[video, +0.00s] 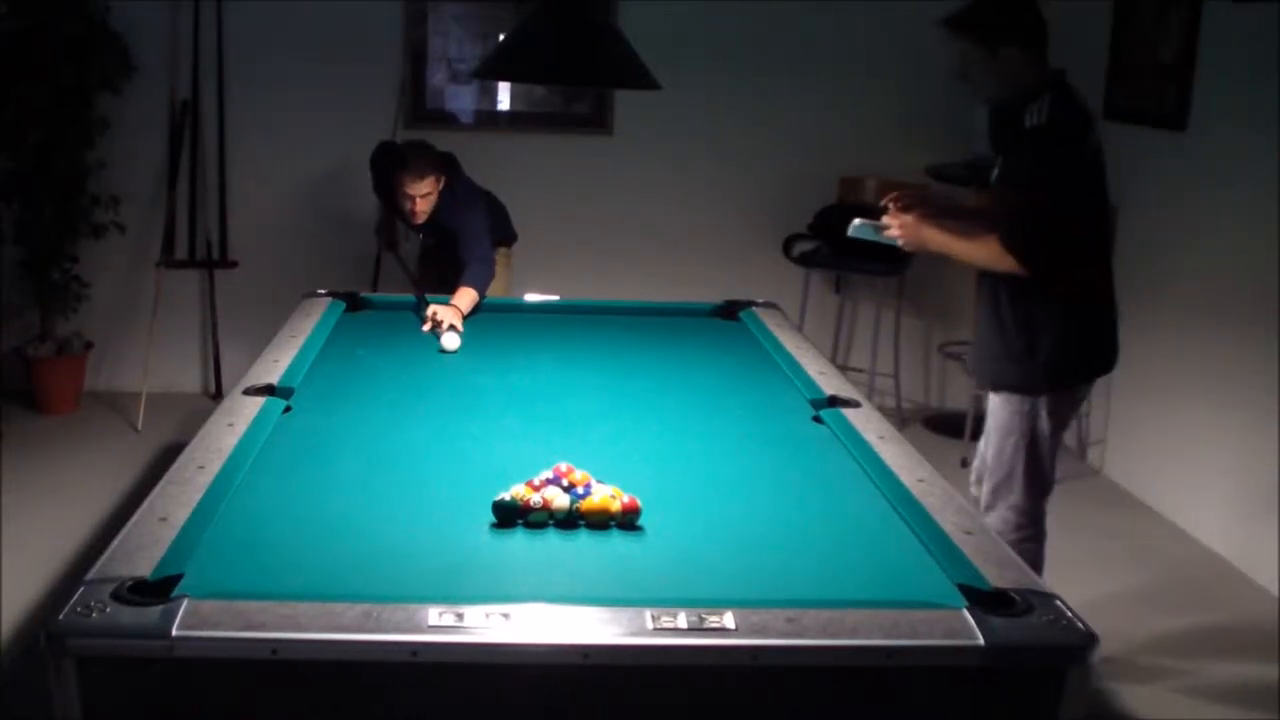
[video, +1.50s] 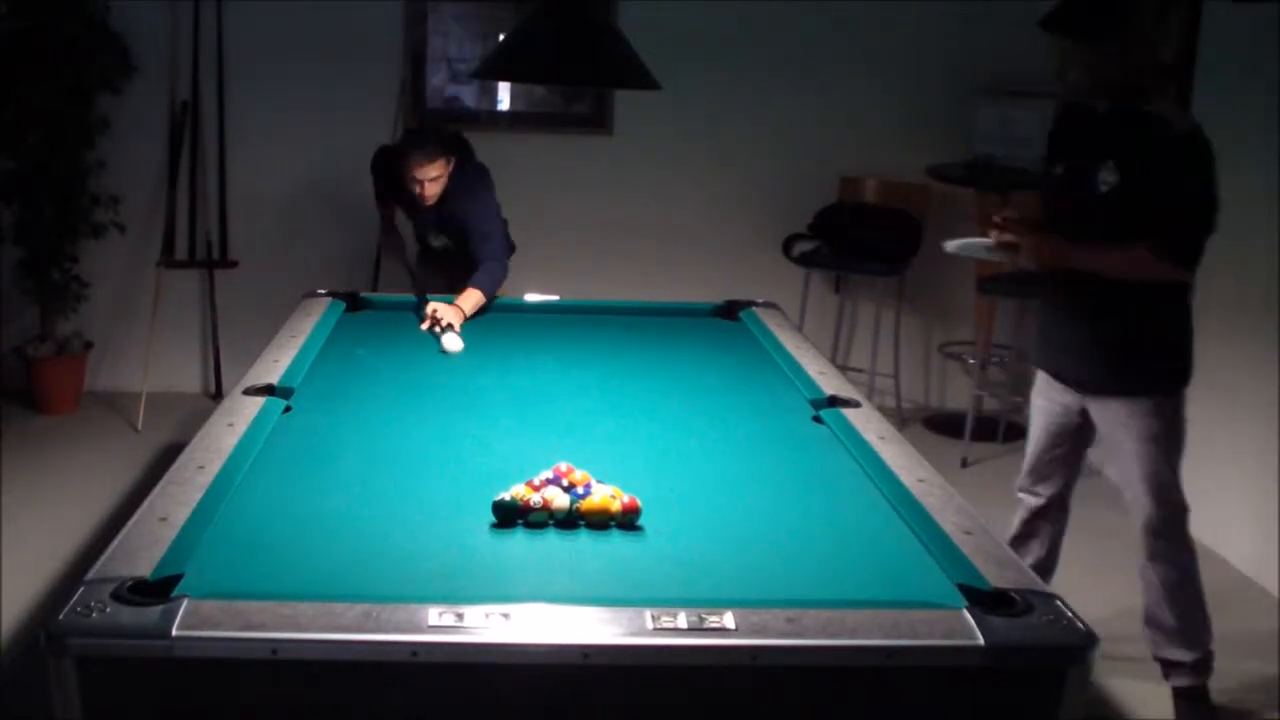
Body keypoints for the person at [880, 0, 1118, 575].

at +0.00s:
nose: (966, 76)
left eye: (973, 61)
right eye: (964, 62)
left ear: (1009, 55)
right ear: (1017, 56)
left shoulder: (1048, 120)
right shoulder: (1027, 113)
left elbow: (1026, 253)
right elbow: (1009, 216)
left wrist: (931, 238)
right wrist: (935, 214)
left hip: (1043, 355)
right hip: (1020, 347)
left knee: (1010, 515)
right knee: (988, 493)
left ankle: (1010, 638)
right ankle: (987, 627)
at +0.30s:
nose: (952, 78)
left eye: (959, 62)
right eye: (950, 63)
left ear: (993, 55)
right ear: (1003, 56)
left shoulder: (1035, 117)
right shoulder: (1020, 111)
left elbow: (1025, 247)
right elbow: (1002, 216)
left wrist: (928, 237)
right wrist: (925, 212)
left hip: (1040, 348)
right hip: (1022, 342)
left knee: (1004, 504)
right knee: (994, 494)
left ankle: (1008, 634)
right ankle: (997, 625)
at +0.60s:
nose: (957, 72)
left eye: (964, 57)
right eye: (956, 58)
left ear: (997, 54)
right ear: (1005, 54)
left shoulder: (1037, 118)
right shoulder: (1018, 111)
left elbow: (1021, 242)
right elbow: (996, 216)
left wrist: (928, 232)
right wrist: (922, 212)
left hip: (1032, 342)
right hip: (1015, 336)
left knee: (1001, 494)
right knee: (994, 487)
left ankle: (1006, 627)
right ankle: (998, 618)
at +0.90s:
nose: (959, 69)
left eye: (967, 54)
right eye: (958, 54)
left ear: (1001, 51)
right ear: (1010, 52)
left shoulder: (1041, 118)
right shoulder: (1019, 112)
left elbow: (1025, 239)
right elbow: (1000, 213)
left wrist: (929, 228)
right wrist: (924, 204)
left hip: (1036, 342)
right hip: (1016, 335)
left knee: (1000, 493)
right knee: (991, 485)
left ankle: (1007, 622)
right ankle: (997, 614)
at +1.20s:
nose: (985, 69)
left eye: (993, 54)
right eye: (983, 55)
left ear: (1026, 49)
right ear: (1017, 51)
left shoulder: (1077, 118)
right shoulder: (1024, 113)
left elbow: (1069, 242)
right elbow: (1030, 215)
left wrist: (968, 237)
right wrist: (973, 204)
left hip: (1070, 346)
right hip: (1019, 338)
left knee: (1068, 502)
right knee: (1009, 487)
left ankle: (1097, 644)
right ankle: (1003, 627)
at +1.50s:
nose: (1069, 69)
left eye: (1082, 55)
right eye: (1068, 55)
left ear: (1122, 57)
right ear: (1077, 56)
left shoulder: (1179, 144)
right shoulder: (1075, 126)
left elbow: (1174, 261)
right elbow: (1068, 219)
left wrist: (1059, 252)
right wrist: (1019, 224)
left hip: (1138, 375)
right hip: (1061, 358)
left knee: (1158, 525)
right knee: (1035, 496)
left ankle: (1185, 674)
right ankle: (1011, 630)